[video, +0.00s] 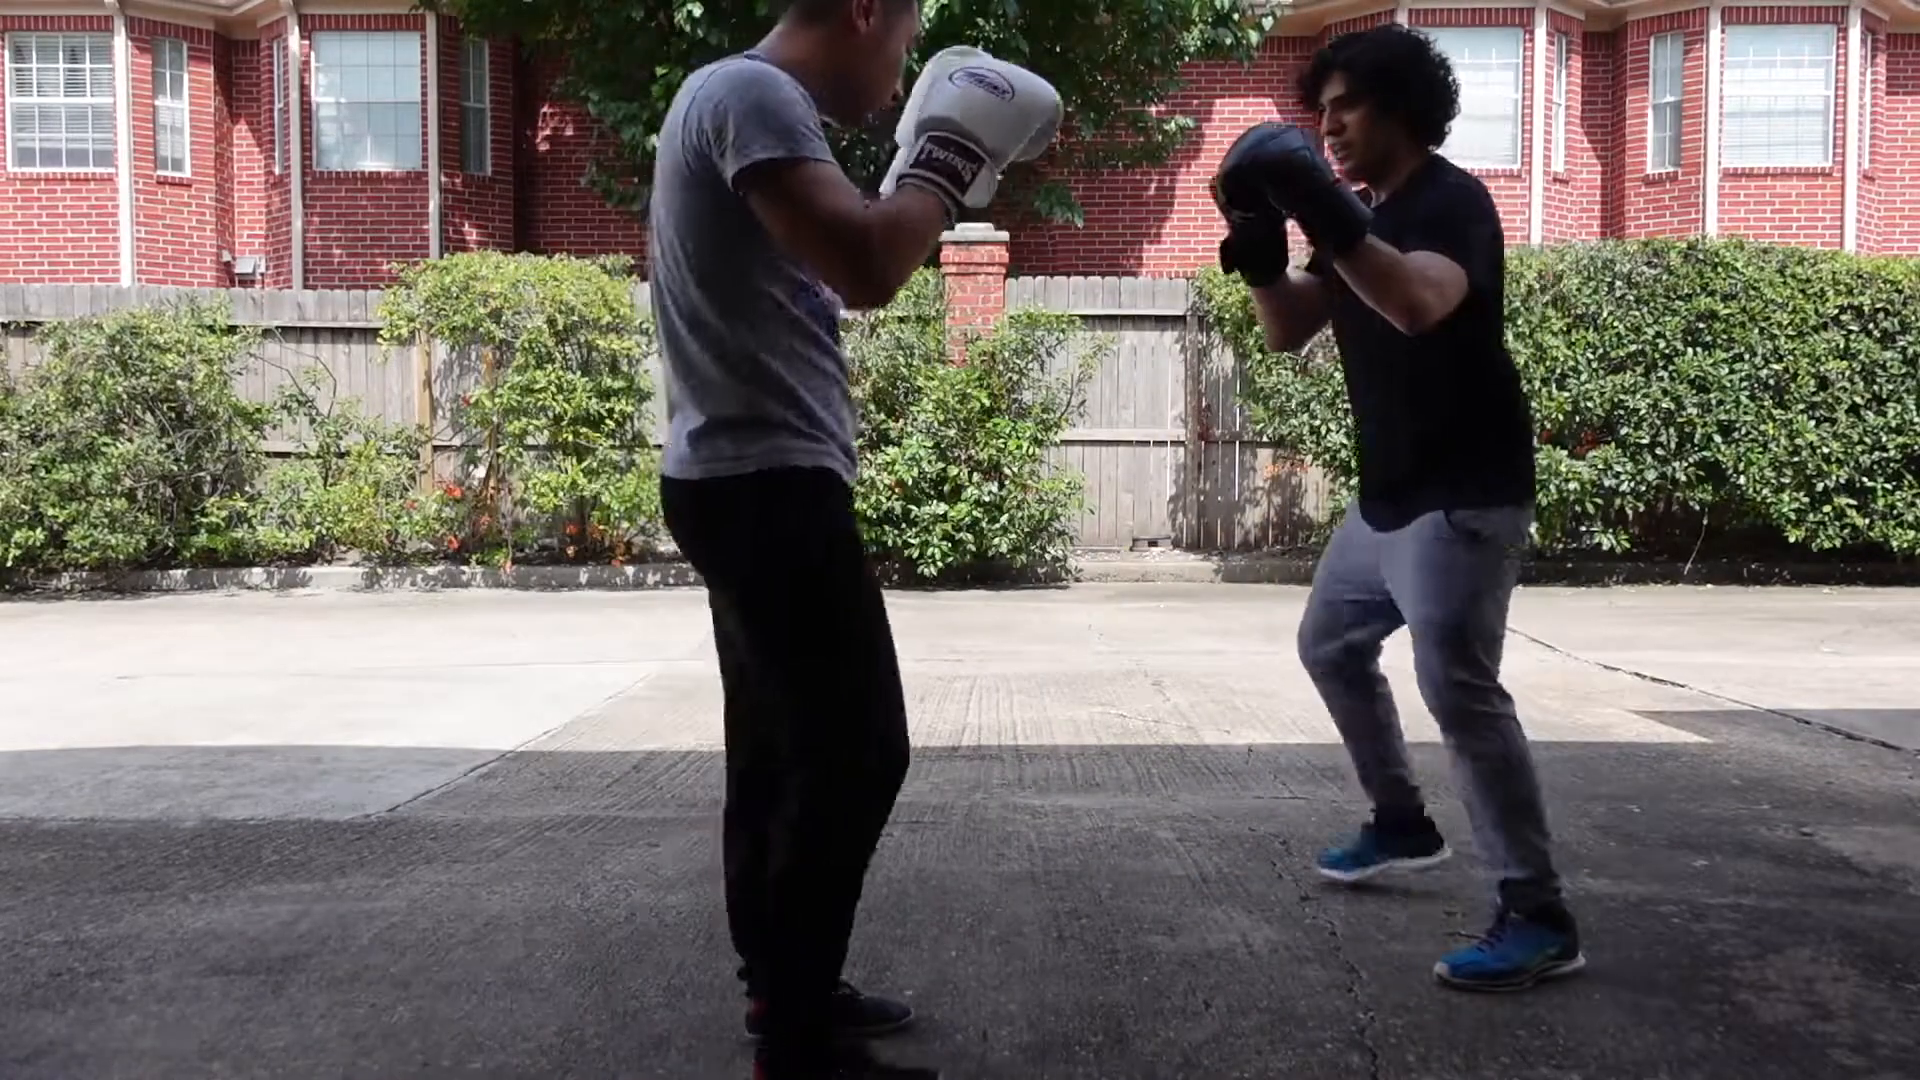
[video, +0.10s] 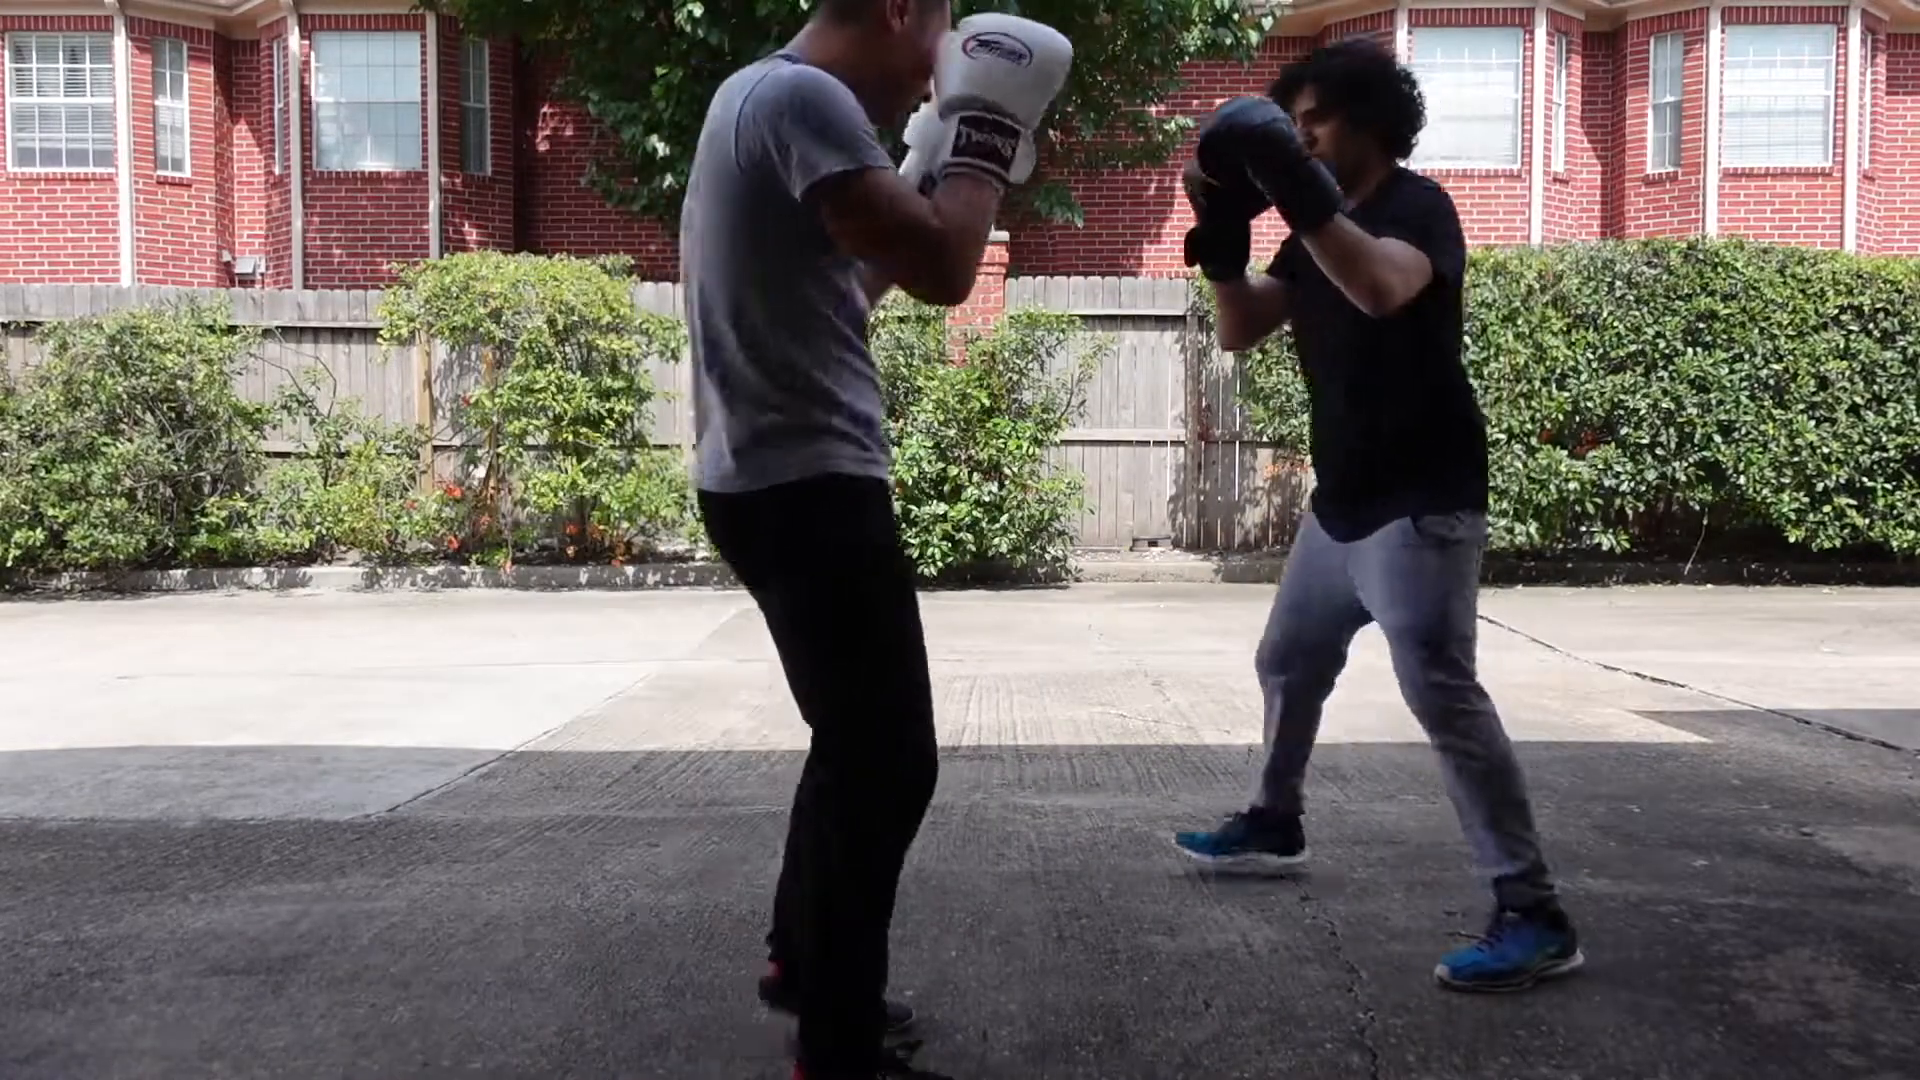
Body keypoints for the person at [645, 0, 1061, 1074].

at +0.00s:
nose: (899, 73)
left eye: (907, 49)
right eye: (905, 41)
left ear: (819, 14)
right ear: (865, 14)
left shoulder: (730, 102)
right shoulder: (750, 94)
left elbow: (855, 265)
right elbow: (869, 265)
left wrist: (934, 174)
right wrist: (947, 159)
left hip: (742, 475)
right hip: (769, 480)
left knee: (773, 741)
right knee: (862, 746)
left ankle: (787, 986)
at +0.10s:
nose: (938, 60)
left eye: (944, 40)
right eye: (939, 33)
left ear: (842, 15)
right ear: (898, 14)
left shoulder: (760, 99)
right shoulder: (801, 100)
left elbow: (876, 271)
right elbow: (947, 263)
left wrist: (938, 157)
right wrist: (986, 136)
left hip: (773, 480)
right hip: (813, 485)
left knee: (855, 739)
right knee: (892, 761)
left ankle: (805, 961)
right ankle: (840, 1046)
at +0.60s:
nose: (1037, 48)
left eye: (1035, 36)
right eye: (1039, 31)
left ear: (923, 10)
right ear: (1018, 16)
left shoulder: (825, 110)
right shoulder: (985, 88)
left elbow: (907, 275)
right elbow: (1115, 263)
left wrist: (1050, 226)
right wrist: (1130, 153)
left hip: (838, 479)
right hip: (940, 489)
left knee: (889, 753)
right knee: (937, 776)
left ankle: (899, 983)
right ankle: (840, 1047)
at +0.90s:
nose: (1096, 56)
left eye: (1099, 38)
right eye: (1100, 35)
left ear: (977, 10)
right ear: (1083, 19)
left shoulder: (870, 102)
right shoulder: (1039, 121)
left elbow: (823, 285)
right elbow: (1159, 317)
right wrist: (1176, 223)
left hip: (883, 480)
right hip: (980, 492)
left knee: (1003, 676)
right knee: (1049, 757)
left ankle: (959, 854)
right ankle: (1006, 1043)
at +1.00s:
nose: (1141, 49)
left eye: (1141, 31)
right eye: (1143, 29)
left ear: (1020, 5)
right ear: (1124, 18)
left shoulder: (908, 86)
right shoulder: (1082, 131)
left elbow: (851, 266)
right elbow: (1186, 319)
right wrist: (1195, 223)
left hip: (868, 458)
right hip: (953, 480)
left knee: (1101, 428)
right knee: (1020, 751)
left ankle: (1062, 624)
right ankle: (998, 1048)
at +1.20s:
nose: (1206, 76)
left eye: (1212, 51)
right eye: (1213, 50)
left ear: (1093, 16)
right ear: (1190, 45)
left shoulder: (987, 103)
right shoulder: (1106, 179)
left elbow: (873, 260)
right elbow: (1123, 409)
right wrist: (1200, 385)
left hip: (864, 425)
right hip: (937, 487)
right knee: (997, 751)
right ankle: (993, 1046)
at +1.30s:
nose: (1197, 90)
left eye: (1203, 63)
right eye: (1204, 62)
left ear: (1077, 26)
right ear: (1184, 52)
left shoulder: (959, 108)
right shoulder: (1119, 190)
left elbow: (826, 254)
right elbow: (1131, 428)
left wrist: (810, 350)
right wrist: (1201, 432)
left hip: (859, 432)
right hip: (948, 485)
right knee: (1041, 757)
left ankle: (910, 577)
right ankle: (996, 1048)